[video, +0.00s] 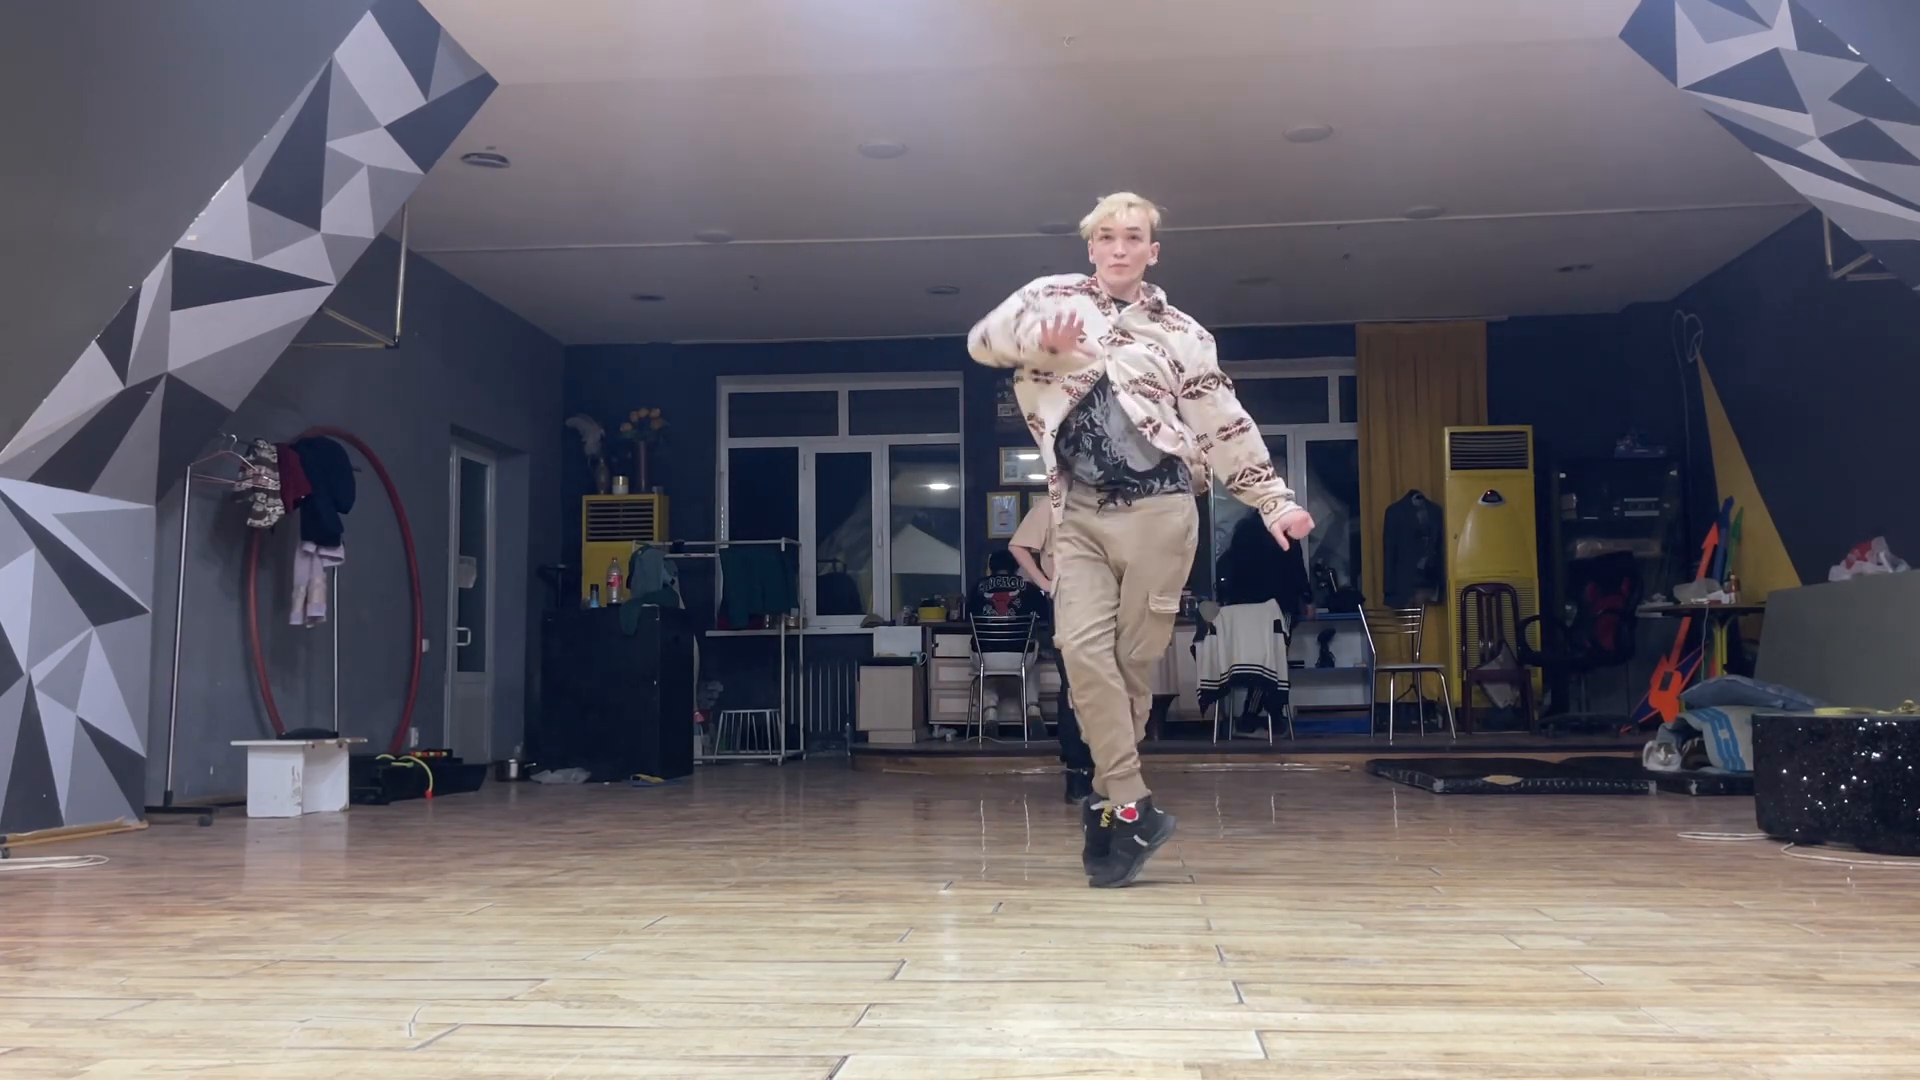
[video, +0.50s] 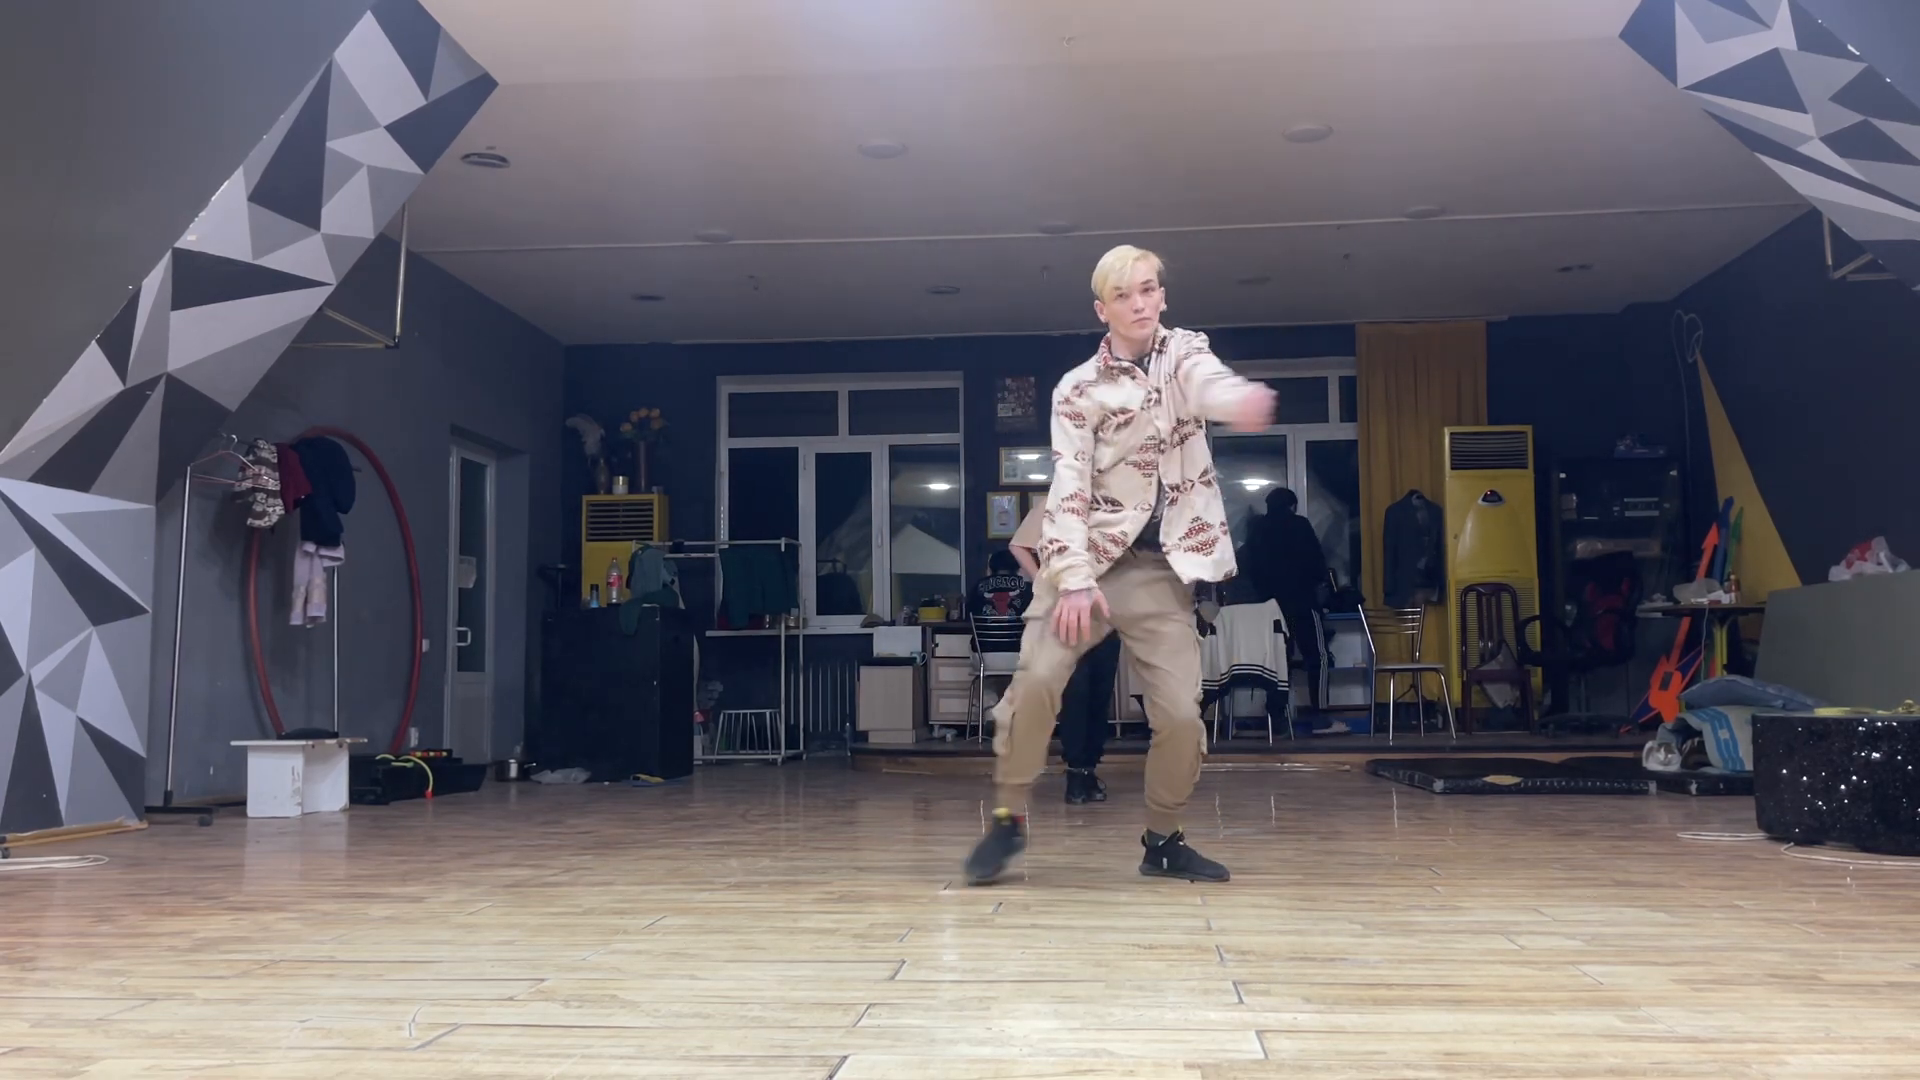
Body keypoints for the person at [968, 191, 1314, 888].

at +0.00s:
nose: (1119, 248)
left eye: (1132, 238)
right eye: (1107, 237)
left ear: (1153, 251)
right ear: (1089, 246)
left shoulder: (1182, 337)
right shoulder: (1051, 300)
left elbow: (1226, 428)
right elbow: (984, 339)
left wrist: (1272, 501)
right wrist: (1037, 341)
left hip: (1158, 516)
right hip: (1076, 512)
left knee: (1135, 665)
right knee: (1081, 650)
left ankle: (1105, 802)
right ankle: (1133, 807)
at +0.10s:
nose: (1129, 252)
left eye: (1141, 240)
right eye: (1116, 241)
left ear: (1160, 250)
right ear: (1097, 249)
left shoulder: (1184, 322)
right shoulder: (1057, 316)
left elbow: (1227, 394)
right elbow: (1024, 402)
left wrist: (1263, 450)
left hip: (1156, 517)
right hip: (1072, 515)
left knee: (1140, 667)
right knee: (1060, 647)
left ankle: (1117, 787)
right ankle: (1095, 795)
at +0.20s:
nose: (1140, 287)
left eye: (1149, 274)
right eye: (1124, 278)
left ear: (1165, 279)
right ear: (1102, 290)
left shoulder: (1181, 324)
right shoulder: (1079, 378)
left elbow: (1199, 362)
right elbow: (1054, 472)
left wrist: (1139, 382)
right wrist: (1028, 560)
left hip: (1161, 551)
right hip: (1080, 550)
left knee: (1191, 681)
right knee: (1040, 682)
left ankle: (1166, 830)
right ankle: (990, 832)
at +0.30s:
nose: (1144, 312)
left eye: (1152, 300)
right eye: (1128, 304)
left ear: (1165, 308)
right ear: (1104, 320)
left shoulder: (1183, 354)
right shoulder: (1079, 408)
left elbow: (1164, 384)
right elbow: (1071, 504)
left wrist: (1077, 397)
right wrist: (1058, 593)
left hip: (1161, 588)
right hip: (1090, 586)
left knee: (1201, 712)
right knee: (1032, 715)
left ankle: (1166, 840)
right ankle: (952, 832)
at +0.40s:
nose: (1149, 313)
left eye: (1156, 300)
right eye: (1134, 305)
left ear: (1167, 306)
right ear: (1108, 320)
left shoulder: (1184, 355)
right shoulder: (1087, 403)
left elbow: (1169, 394)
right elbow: (1073, 511)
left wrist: (1081, 420)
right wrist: (1076, 597)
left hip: (1158, 589)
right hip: (1084, 583)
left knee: (1200, 716)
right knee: (1025, 710)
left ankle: (1165, 840)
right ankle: (944, 833)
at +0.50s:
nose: (1142, 302)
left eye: (1149, 289)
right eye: (1127, 294)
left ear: (1163, 295)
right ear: (1102, 308)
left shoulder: (1185, 353)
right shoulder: (1079, 391)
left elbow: (1210, 382)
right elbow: (1068, 493)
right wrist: (1074, 577)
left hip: (1158, 566)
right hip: (1082, 559)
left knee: (1181, 716)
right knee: (1035, 681)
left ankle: (1163, 839)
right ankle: (1007, 820)